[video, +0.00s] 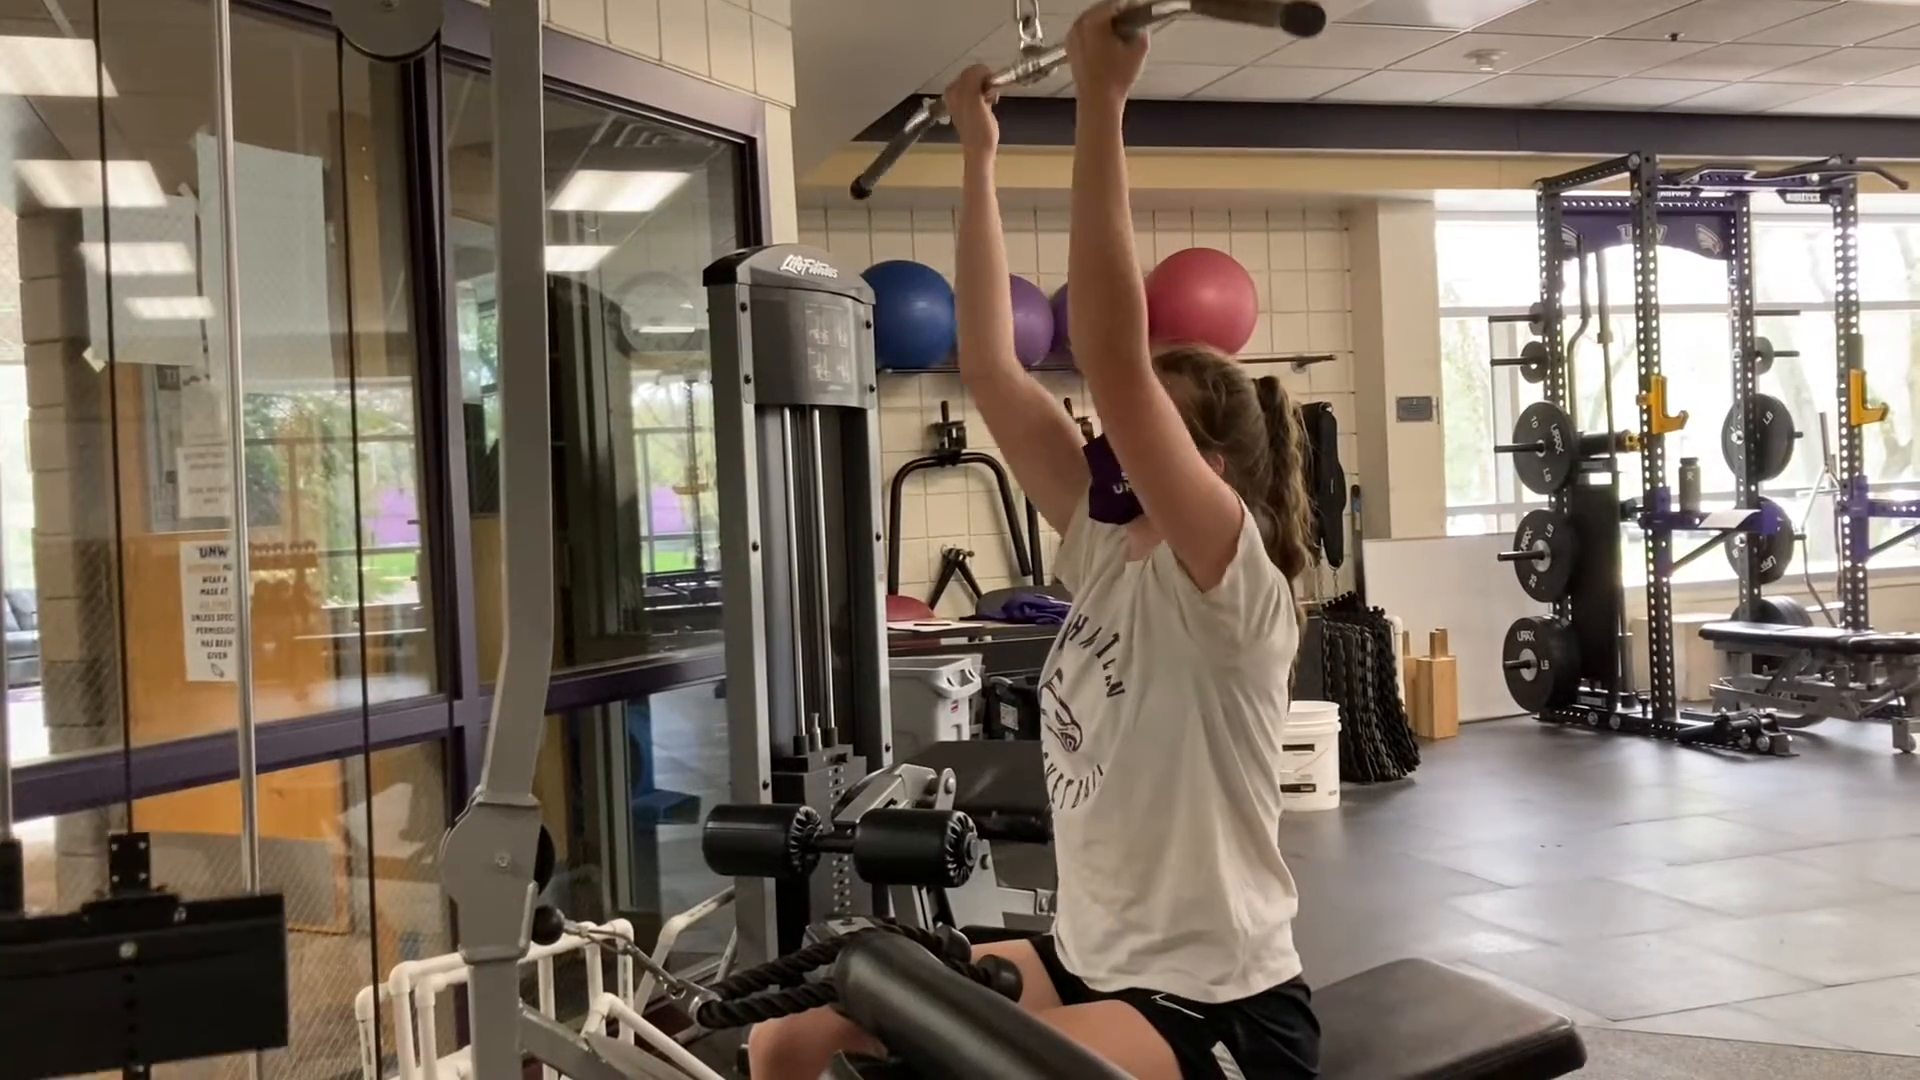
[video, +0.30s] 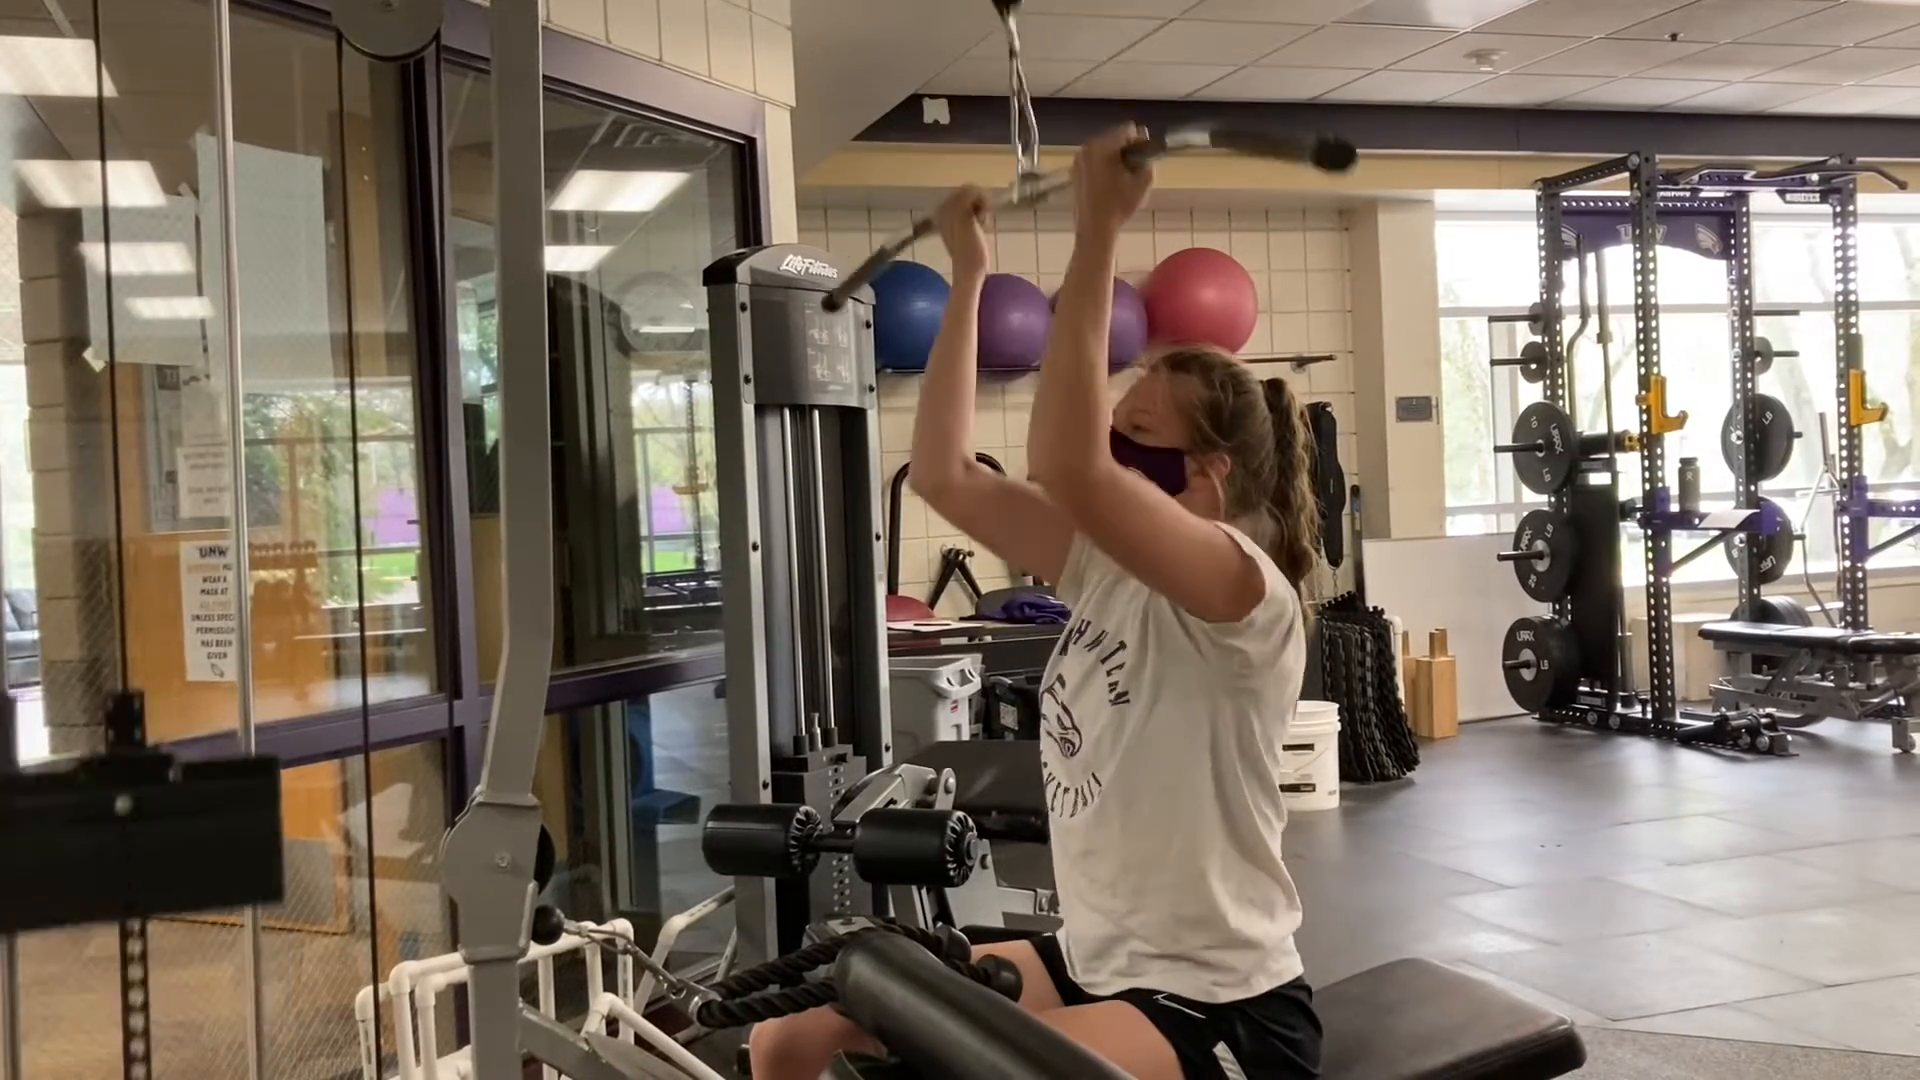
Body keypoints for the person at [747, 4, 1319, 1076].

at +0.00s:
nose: (1106, 437)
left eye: (1128, 411)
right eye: (1107, 419)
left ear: (1205, 450)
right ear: (1121, 440)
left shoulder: (1237, 583)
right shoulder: (1099, 542)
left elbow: (1116, 358)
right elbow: (990, 364)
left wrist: (1100, 100)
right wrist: (976, 152)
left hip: (1218, 1010)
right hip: (1088, 972)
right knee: (790, 1044)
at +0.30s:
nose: (1110, 460)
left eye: (1136, 448)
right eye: (1110, 440)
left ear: (1209, 476)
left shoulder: (1240, 587)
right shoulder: (1100, 565)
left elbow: (1068, 466)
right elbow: (943, 473)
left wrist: (1096, 231)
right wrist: (969, 278)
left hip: (1221, 1005)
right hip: (1093, 962)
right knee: (788, 1040)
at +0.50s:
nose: (1114, 461)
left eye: (1146, 445)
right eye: (1119, 438)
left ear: (1218, 473)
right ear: (1103, 447)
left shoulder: (1259, 603)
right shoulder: (1108, 572)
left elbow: (1077, 597)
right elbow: (936, 585)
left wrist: (1106, 369)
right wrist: (968, 396)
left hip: (1225, 1007)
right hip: (1088, 963)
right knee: (789, 1040)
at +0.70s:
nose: (1111, 455)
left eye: (1140, 440)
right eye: (1117, 436)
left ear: (1223, 472)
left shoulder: (1263, 612)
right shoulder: (1107, 616)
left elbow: (1113, 774)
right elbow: (974, 730)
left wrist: (1109, 542)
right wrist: (984, 542)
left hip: (1219, 1000)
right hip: (1086, 963)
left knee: (971, 1065)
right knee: (788, 1044)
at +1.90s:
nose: (1120, 466)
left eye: (1151, 449)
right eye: (1127, 447)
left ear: (1228, 481)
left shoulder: (1258, 610)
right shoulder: (1114, 593)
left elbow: (1080, 641)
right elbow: (940, 625)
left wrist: (1072, 400)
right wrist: (973, 436)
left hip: (1223, 1008)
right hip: (1085, 968)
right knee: (788, 1042)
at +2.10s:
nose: (1123, 460)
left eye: (1154, 449)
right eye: (1125, 438)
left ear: (1229, 481)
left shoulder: (1259, 605)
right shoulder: (1105, 575)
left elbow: (1082, 492)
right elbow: (956, 506)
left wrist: (1069, 251)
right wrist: (978, 304)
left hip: (1222, 1010)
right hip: (1089, 966)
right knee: (787, 1041)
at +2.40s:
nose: (1137, 447)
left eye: (1168, 427)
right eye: (1145, 428)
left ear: (1235, 462)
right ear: (1161, 448)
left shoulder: (1252, 578)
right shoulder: (1118, 551)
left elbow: (1140, 356)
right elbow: (1011, 387)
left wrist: (1090, 99)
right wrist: (991, 174)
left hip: (1222, 1011)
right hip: (1094, 968)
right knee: (792, 1036)